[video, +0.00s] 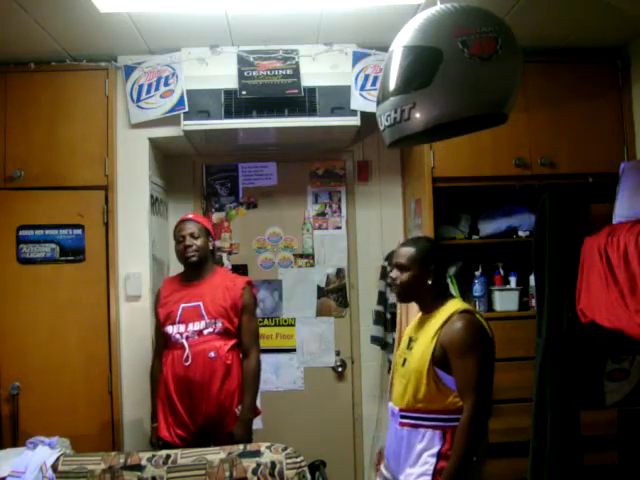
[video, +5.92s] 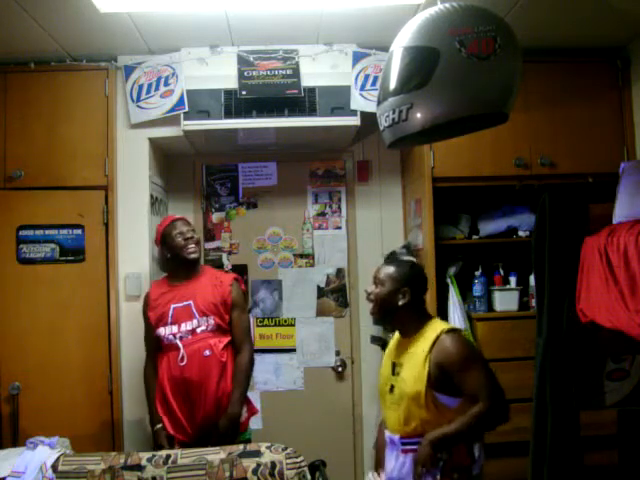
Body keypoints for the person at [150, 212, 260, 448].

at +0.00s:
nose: (187, 243)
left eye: (195, 236)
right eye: (180, 239)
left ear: (210, 242)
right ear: (176, 248)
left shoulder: (237, 287)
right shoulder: (166, 290)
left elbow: (251, 354)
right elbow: (160, 355)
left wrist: (245, 416)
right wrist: (157, 418)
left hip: (225, 416)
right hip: (176, 416)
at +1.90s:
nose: (187, 241)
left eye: (195, 234)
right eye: (180, 237)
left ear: (211, 242)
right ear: (176, 248)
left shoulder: (237, 288)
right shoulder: (167, 290)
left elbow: (251, 355)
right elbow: (160, 355)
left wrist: (246, 417)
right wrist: (157, 419)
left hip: (225, 416)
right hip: (176, 416)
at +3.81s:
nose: (187, 242)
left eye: (194, 236)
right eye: (180, 239)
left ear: (210, 242)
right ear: (176, 248)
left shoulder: (237, 288)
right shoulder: (167, 290)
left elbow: (251, 355)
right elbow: (160, 355)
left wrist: (245, 418)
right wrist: (157, 419)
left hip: (225, 416)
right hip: (176, 417)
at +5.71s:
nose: (190, 238)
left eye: (192, 233)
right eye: (180, 236)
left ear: (200, 239)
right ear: (165, 249)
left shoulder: (227, 285)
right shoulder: (155, 295)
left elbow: (244, 349)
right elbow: (153, 357)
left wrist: (233, 412)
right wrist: (154, 418)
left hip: (223, 413)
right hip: (175, 416)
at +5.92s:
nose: (190, 238)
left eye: (192, 233)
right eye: (179, 235)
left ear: (199, 239)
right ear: (165, 249)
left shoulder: (227, 285)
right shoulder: (154, 296)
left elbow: (244, 349)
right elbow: (152, 358)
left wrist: (233, 411)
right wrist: (156, 421)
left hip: (223, 416)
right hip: (175, 420)